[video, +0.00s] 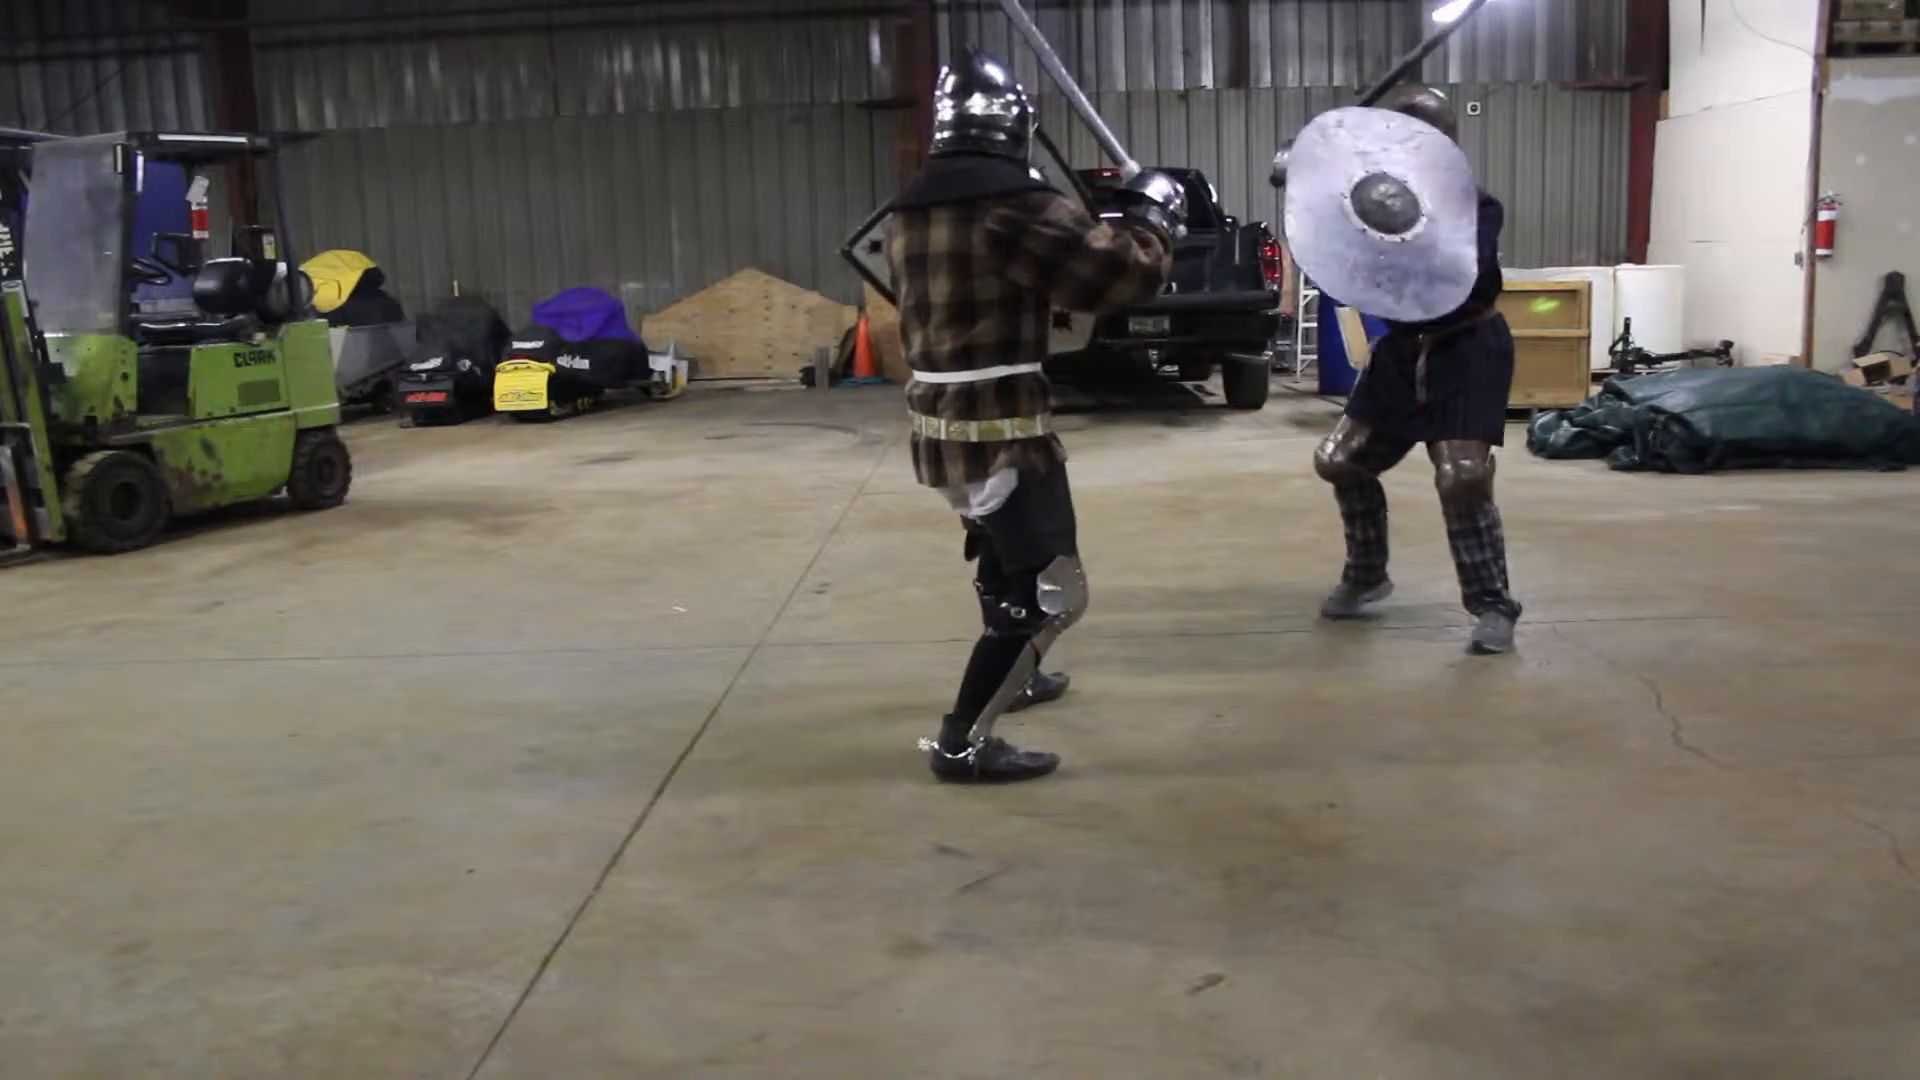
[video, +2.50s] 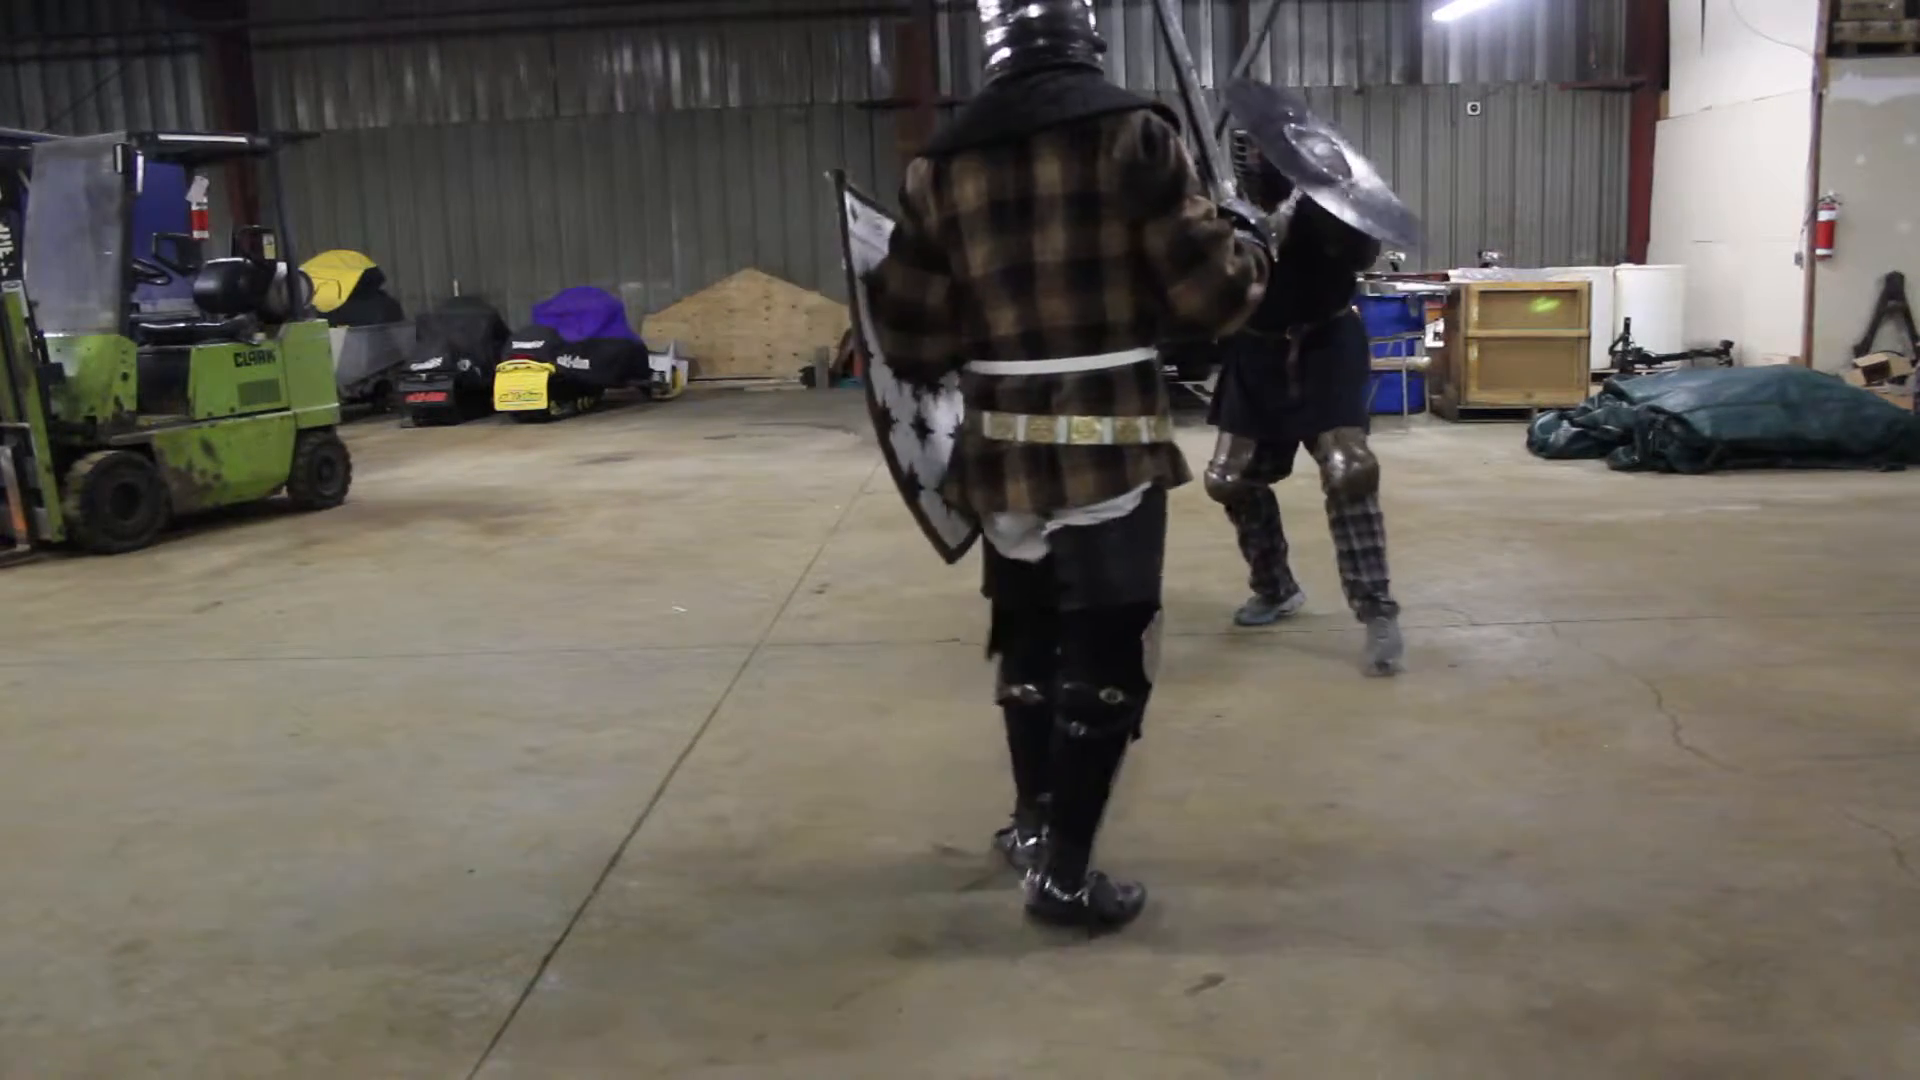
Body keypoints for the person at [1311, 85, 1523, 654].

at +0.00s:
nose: (1414, 143)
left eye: (1428, 131)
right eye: (1403, 131)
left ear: (1450, 140)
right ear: (1386, 137)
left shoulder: (1475, 208)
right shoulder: (1379, 200)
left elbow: (1475, 293)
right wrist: (1304, 186)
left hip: (1470, 343)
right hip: (1402, 343)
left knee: (1461, 474)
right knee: (1343, 461)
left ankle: (1493, 611)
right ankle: (1367, 576)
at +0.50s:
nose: (1363, 170)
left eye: (1373, 158)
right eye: (1349, 158)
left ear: (1390, 157)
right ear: (1333, 164)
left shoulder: (1421, 199)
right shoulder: (1316, 208)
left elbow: (1448, 283)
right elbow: (1294, 296)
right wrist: (1275, 240)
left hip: (1422, 338)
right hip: (1355, 342)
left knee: (1410, 461)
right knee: (1325, 472)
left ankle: (1428, 587)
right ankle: (1351, 580)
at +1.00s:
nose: (1371, 179)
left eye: (1382, 175)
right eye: (1360, 173)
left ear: (1401, 179)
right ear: (1338, 173)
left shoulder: (1419, 212)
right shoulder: (1306, 213)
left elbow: (1446, 279)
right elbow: (1261, 275)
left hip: (1396, 350)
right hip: (1322, 348)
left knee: (1382, 481)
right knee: (1328, 482)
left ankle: (1381, 623)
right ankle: (1346, 579)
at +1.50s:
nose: (1352, 150)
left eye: (1368, 138)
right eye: (1342, 135)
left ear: (1390, 141)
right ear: (1323, 135)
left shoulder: (1408, 203)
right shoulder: (1289, 197)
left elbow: (1439, 289)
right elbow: (1239, 259)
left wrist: (1441, 370)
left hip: (1375, 361)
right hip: (1299, 353)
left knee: (1364, 489)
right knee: (1276, 476)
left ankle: (1378, 625)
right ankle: (1280, 586)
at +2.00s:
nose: (1280, 135)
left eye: (1295, 124)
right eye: (1272, 122)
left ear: (1319, 131)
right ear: (1259, 128)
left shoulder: (1334, 197)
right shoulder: (1237, 198)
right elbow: (1209, 266)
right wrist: (1193, 219)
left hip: (1319, 349)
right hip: (1252, 350)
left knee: (1321, 478)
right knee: (1236, 470)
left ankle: (1349, 614)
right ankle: (1276, 590)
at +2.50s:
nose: (1245, 153)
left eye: (1257, 143)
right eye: (1240, 144)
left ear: (1286, 148)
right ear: (1235, 152)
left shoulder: (1326, 201)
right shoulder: (1233, 212)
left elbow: (1361, 254)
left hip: (1329, 340)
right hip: (1258, 344)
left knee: (1348, 469)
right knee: (1234, 477)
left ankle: (1378, 612)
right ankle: (1275, 588)